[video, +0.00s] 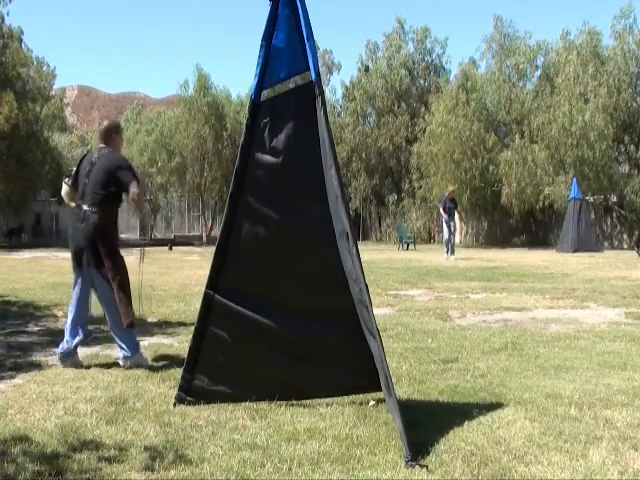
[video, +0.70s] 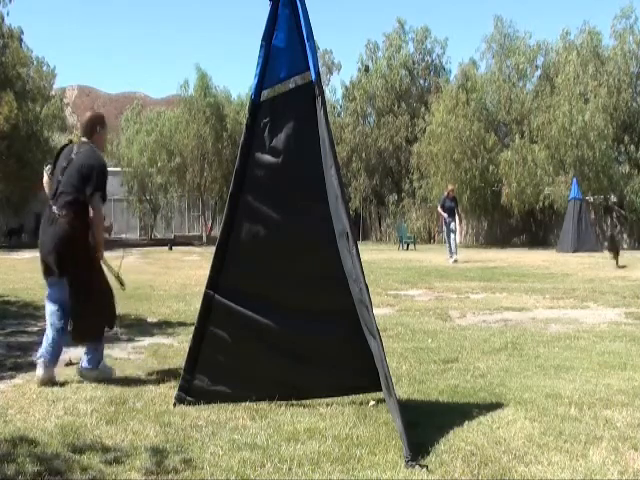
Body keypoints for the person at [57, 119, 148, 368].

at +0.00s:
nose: (123, 141)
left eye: (122, 137)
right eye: (122, 138)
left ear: (102, 138)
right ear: (115, 138)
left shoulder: (86, 158)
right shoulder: (117, 161)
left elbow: (67, 193)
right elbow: (135, 192)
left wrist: (83, 206)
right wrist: (139, 207)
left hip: (77, 226)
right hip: (98, 229)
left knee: (80, 289)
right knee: (110, 290)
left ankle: (68, 349)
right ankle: (130, 351)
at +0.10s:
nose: (118, 139)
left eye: (116, 135)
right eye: (115, 134)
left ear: (96, 137)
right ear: (108, 135)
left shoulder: (84, 159)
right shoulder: (109, 155)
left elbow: (64, 189)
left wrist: (71, 214)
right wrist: (152, 178)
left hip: (74, 228)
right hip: (93, 230)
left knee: (80, 290)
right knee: (114, 287)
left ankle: (67, 351)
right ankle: (118, 349)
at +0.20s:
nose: (116, 150)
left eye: (116, 147)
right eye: (116, 146)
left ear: (97, 146)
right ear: (109, 144)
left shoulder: (79, 166)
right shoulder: (97, 159)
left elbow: (59, 187)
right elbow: (111, 125)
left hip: (72, 235)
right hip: (89, 234)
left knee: (84, 290)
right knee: (111, 289)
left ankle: (68, 348)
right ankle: (104, 351)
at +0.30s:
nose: (115, 156)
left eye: (114, 151)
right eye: (112, 151)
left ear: (94, 154)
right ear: (102, 152)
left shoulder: (76, 176)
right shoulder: (94, 170)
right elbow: (107, 140)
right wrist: (124, 113)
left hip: (71, 245)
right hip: (86, 244)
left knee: (83, 295)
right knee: (100, 296)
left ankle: (66, 347)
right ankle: (97, 360)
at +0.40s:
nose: (120, 155)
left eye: (119, 151)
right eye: (118, 151)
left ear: (98, 149)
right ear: (109, 149)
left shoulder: (78, 167)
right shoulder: (107, 173)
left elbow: (53, 187)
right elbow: (128, 196)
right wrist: (140, 166)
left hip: (62, 244)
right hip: (79, 247)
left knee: (74, 298)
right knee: (102, 299)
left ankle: (65, 351)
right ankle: (93, 363)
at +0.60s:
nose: (113, 146)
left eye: (112, 140)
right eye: (112, 141)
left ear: (90, 139)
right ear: (104, 141)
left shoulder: (71, 156)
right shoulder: (103, 175)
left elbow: (46, 182)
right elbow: (104, 223)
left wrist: (61, 209)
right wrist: (108, 261)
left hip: (53, 238)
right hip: (75, 245)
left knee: (63, 295)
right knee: (98, 302)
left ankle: (50, 349)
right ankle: (95, 365)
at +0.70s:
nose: (107, 137)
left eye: (106, 133)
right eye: (106, 133)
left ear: (84, 131)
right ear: (98, 132)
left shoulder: (66, 150)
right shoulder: (96, 161)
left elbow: (47, 176)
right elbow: (96, 210)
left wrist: (57, 205)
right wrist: (99, 247)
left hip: (49, 231)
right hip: (74, 235)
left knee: (56, 297)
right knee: (96, 296)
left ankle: (46, 362)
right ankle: (92, 362)